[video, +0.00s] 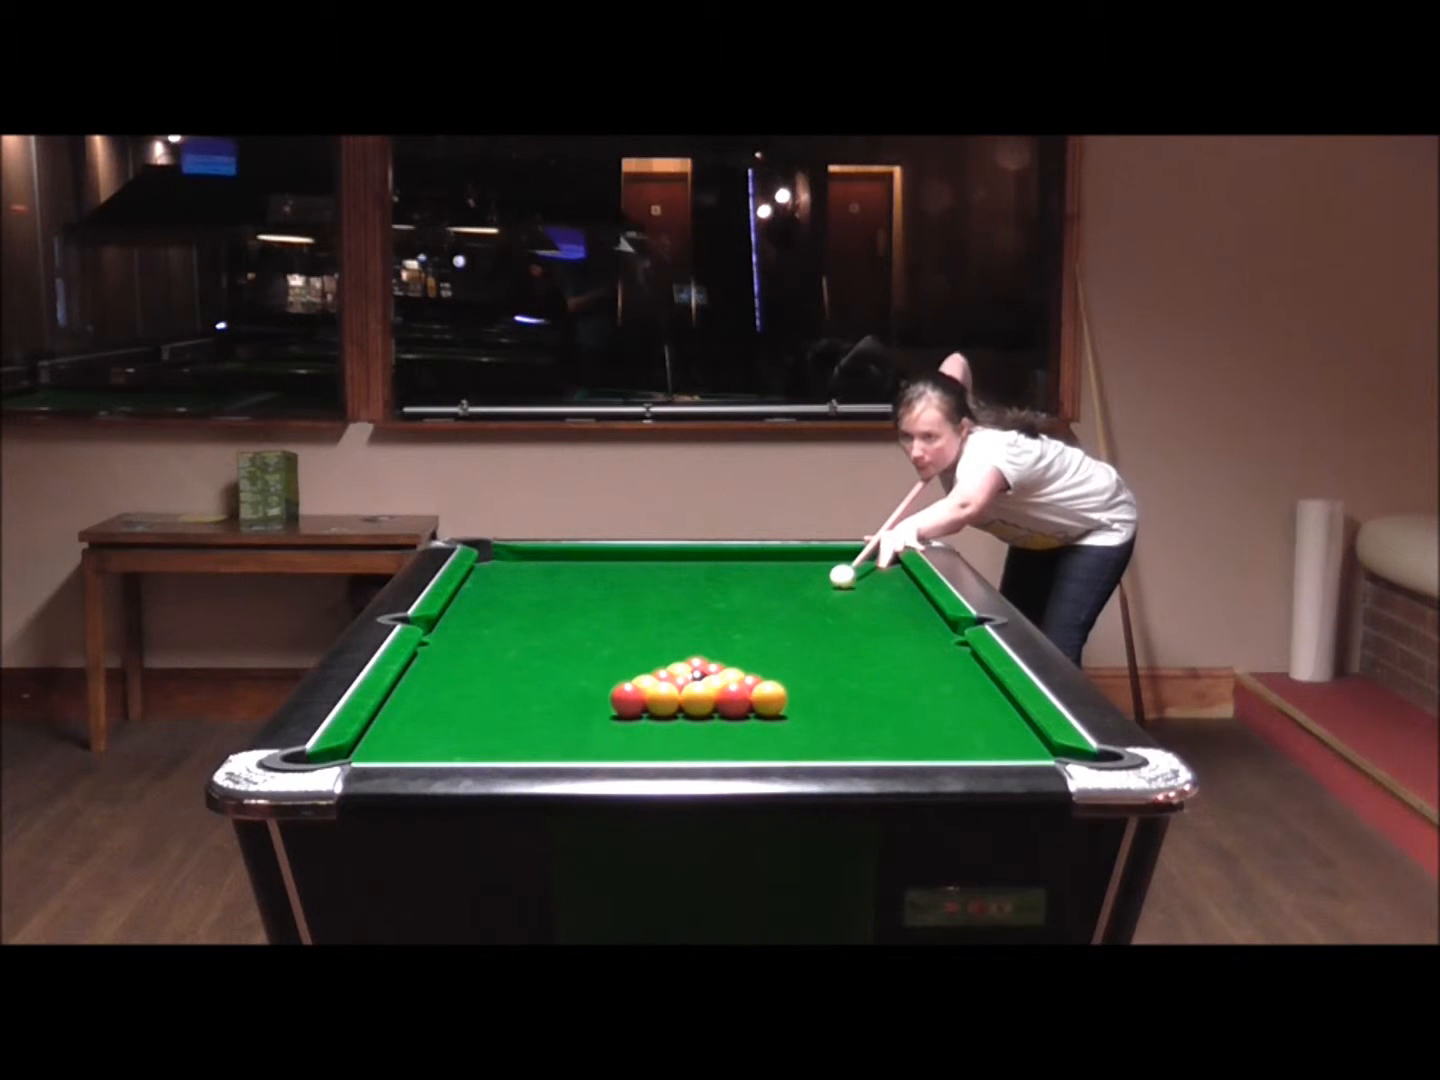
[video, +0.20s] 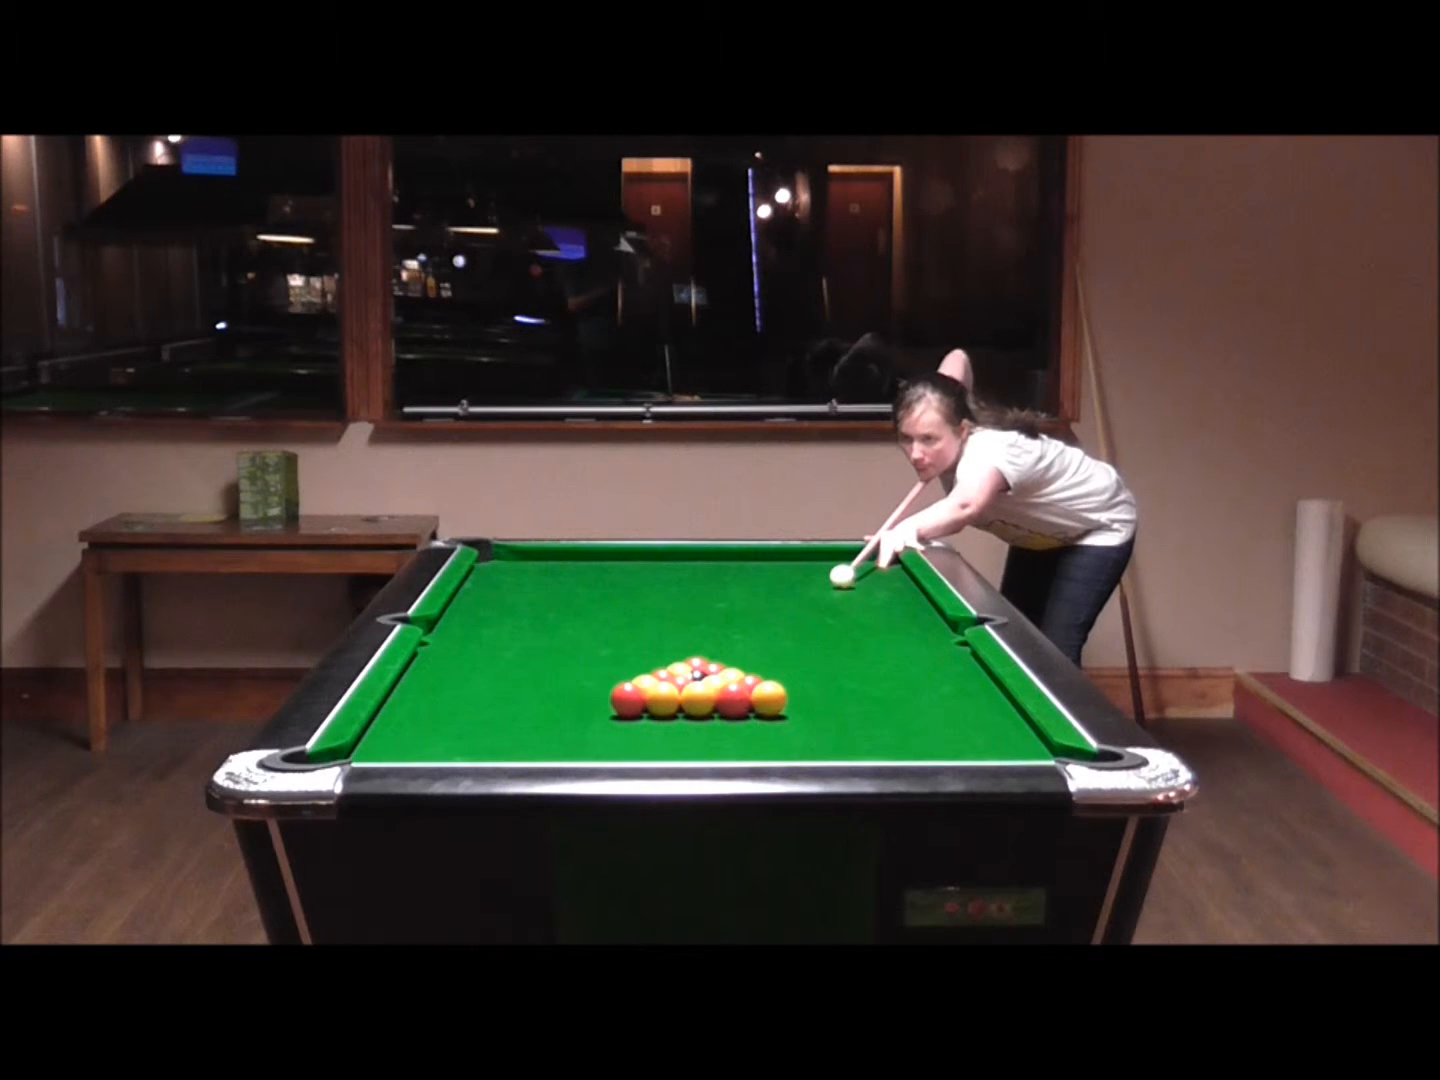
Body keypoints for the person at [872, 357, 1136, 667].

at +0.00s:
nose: (915, 451)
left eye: (929, 438)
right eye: (908, 437)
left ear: (962, 431)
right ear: (899, 434)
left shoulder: (986, 455)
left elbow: (963, 508)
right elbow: (954, 361)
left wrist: (911, 527)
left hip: (1098, 528)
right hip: (1036, 533)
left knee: (1056, 648)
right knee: (1007, 638)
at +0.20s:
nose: (915, 454)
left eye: (929, 440)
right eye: (907, 440)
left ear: (962, 432)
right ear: (898, 435)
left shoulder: (987, 454)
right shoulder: (949, 430)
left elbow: (964, 506)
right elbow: (955, 357)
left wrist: (911, 528)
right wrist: (953, 420)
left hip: (1098, 528)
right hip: (1035, 532)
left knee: (1056, 648)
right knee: (1008, 638)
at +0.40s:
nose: (915, 454)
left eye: (929, 441)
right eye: (908, 441)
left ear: (962, 432)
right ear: (900, 436)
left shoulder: (987, 457)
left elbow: (964, 509)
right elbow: (956, 356)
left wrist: (911, 528)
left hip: (1099, 527)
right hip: (1037, 533)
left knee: (1055, 648)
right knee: (1008, 638)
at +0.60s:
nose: (915, 454)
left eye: (928, 441)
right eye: (908, 440)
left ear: (962, 432)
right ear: (900, 436)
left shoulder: (987, 458)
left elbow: (963, 509)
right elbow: (957, 357)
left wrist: (910, 528)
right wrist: (951, 422)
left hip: (1099, 527)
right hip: (1038, 532)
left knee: (1056, 649)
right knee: (1008, 638)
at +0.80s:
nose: (914, 450)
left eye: (928, 436)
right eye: (907, 437)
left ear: (961, 429)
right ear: (898, 435)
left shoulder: (988, 456)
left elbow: (963, 507)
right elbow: (961, 367)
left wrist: (911, 528)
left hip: (1100, 527)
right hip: (1037, 533)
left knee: (1056, 646)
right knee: (1009, 636)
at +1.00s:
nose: (914, 444)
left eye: (928, 429)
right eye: (906, 430)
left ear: (961, 421)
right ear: (898, 428)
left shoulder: (985, 446)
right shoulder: (951, 440)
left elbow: (964, 503)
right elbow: (965, 383)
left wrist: (909, 529)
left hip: (1098, 528)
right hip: (1036, 533)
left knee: (1054, 648)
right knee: (1009, 639)